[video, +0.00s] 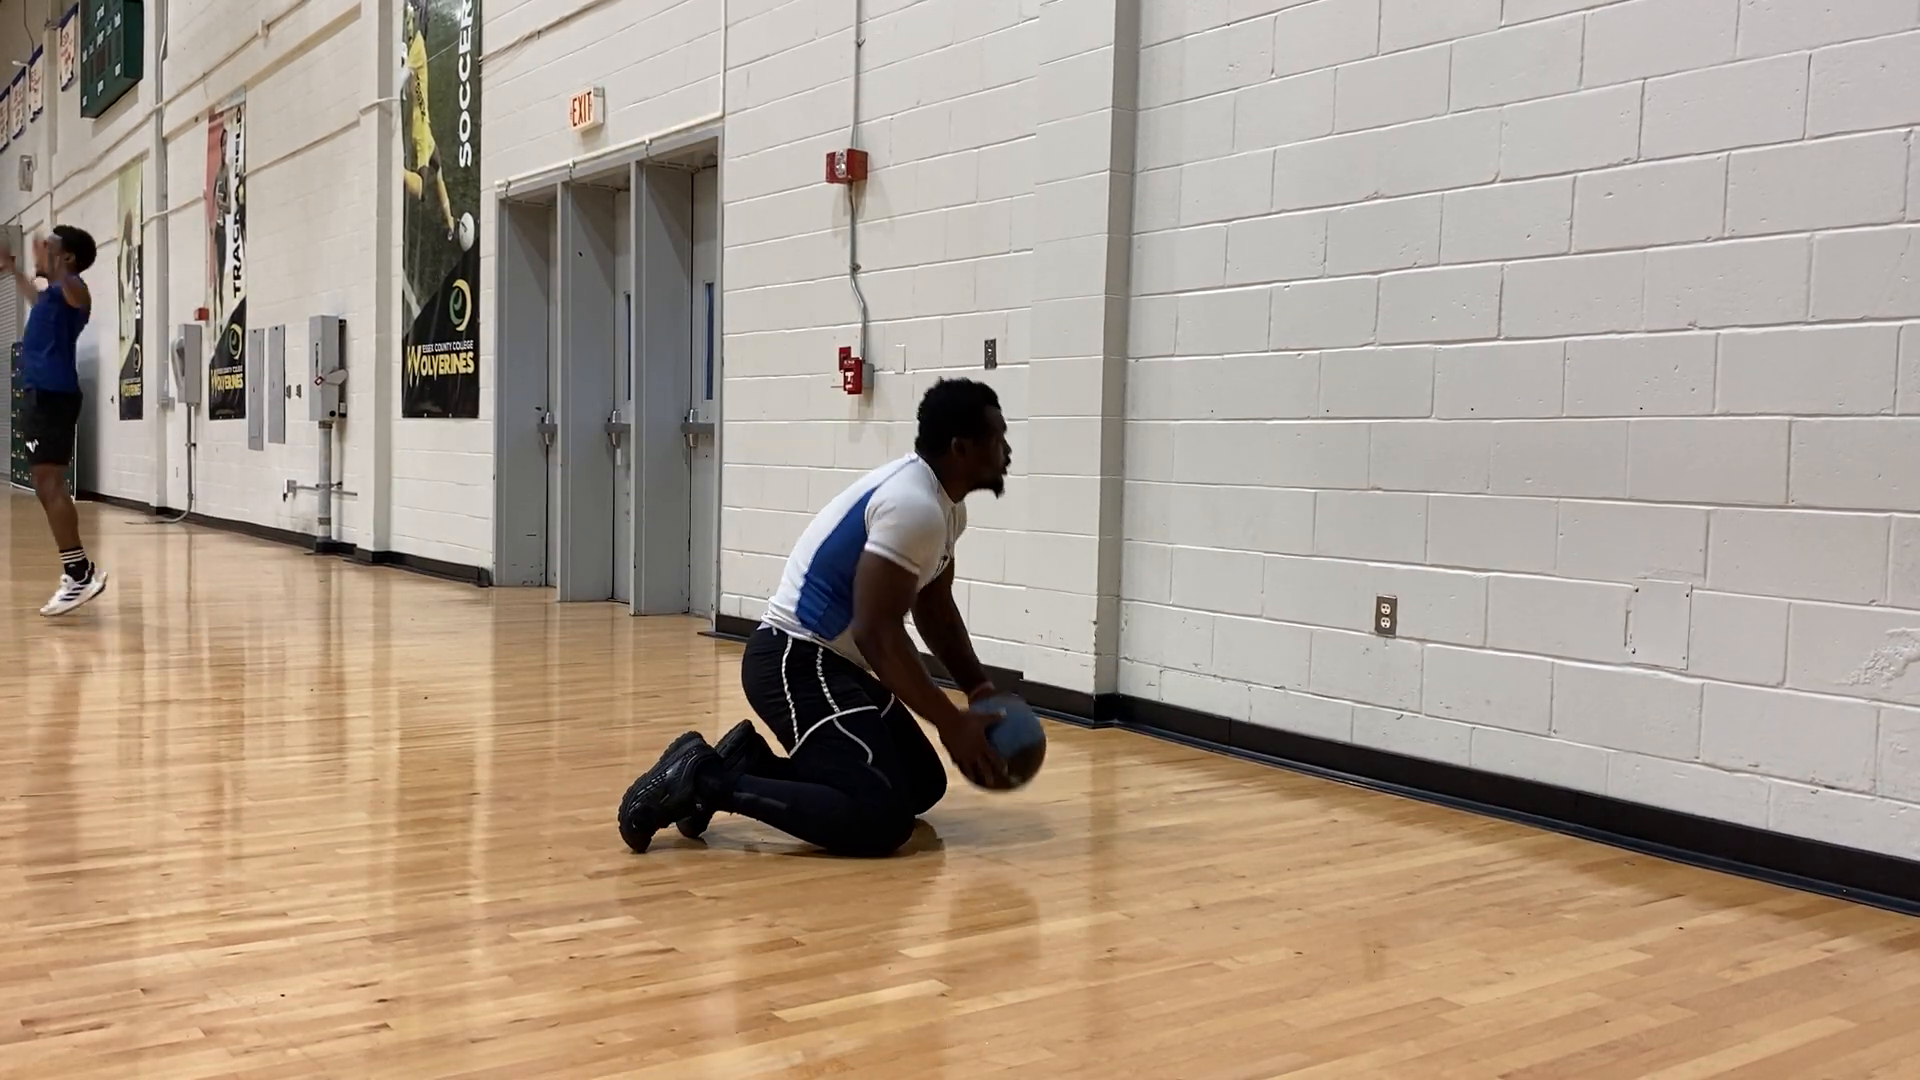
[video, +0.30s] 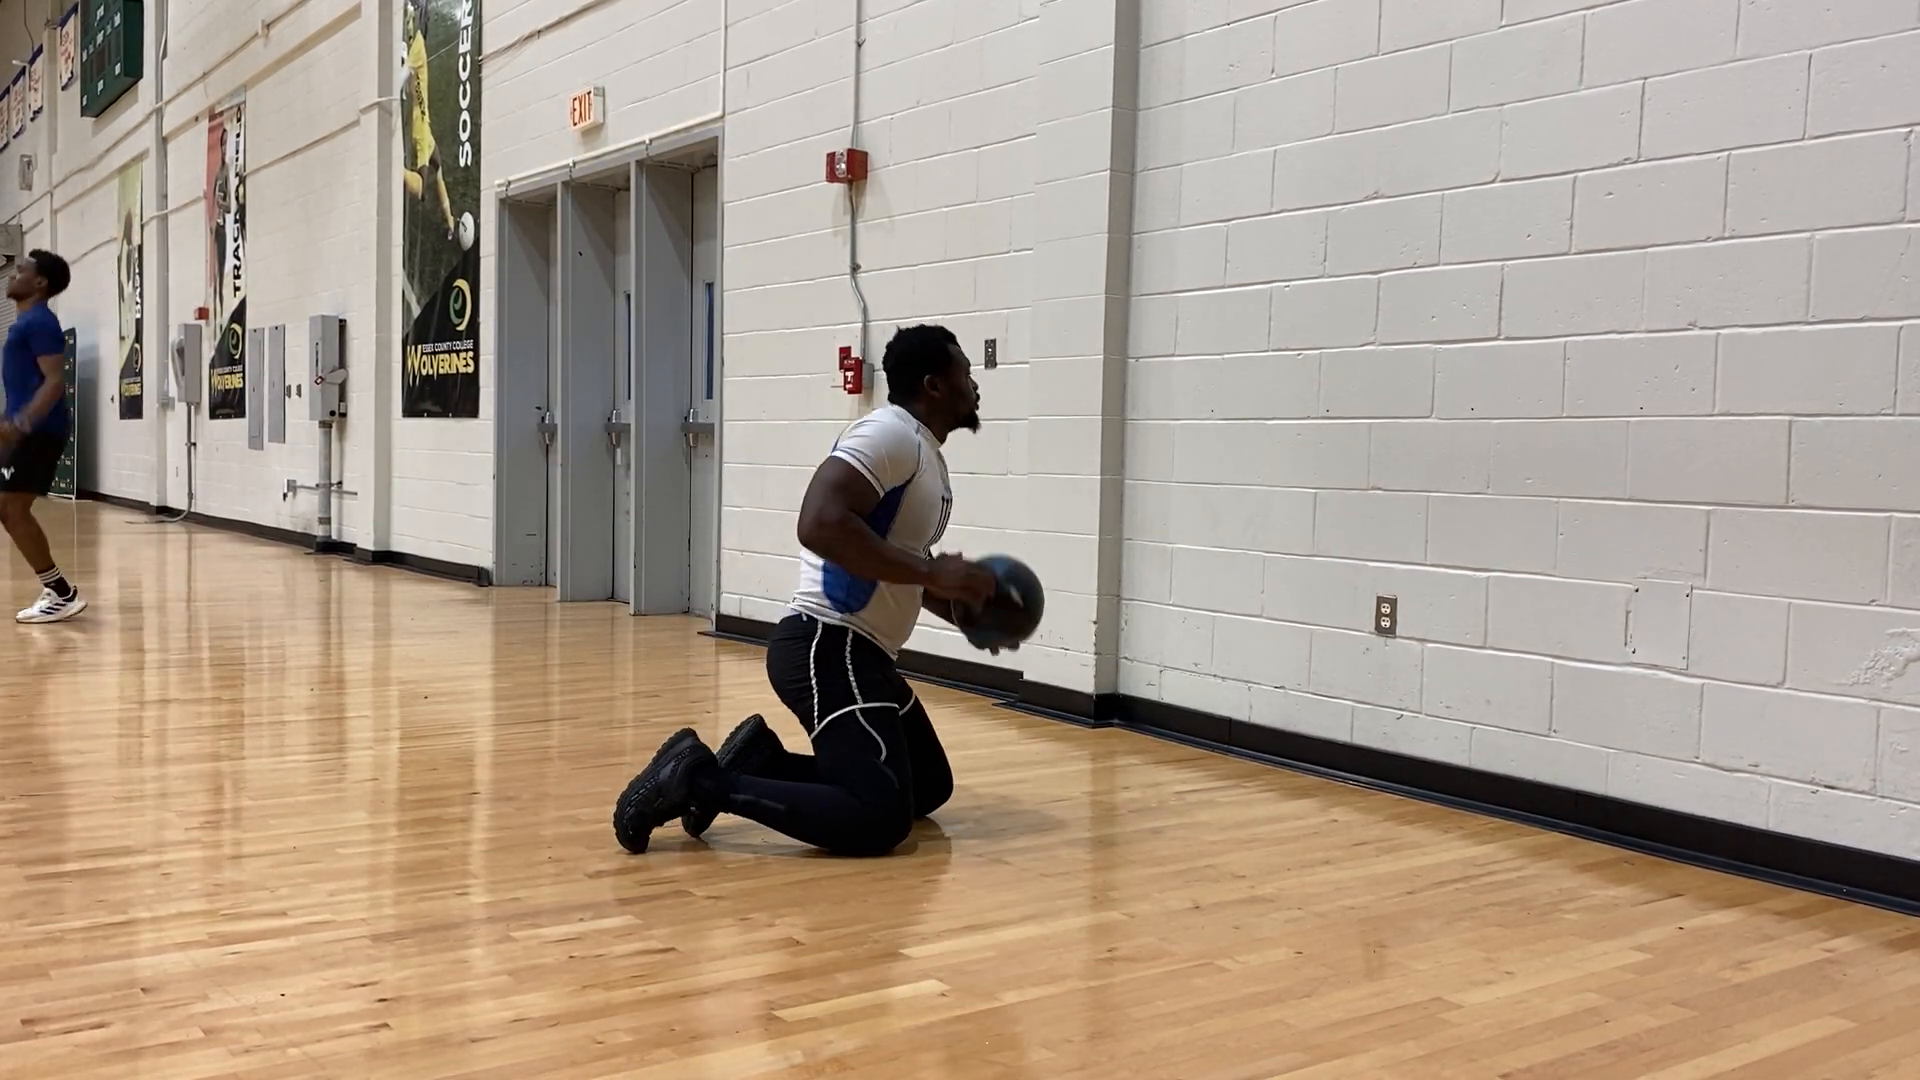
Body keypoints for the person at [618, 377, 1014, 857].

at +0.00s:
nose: (1009, 448)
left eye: (1005, 435)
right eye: (999, 436)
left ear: (957, 447)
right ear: (962, 447)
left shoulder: (943, 505)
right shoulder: (914, 503)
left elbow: (934, 605)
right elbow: (876, 632)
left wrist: (979, 691)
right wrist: (950, 723)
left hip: (832, 661)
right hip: (793, 659)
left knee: (919, 783)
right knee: (879, 823)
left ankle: (754, 765)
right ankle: (706, 782)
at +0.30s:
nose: (977, 386)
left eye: (972, 374)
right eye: (967, 374)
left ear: (929, 388)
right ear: (933, 386)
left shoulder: (927, 454)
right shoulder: (892, 432)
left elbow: (896, 559)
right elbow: (822, 524)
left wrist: (960, 612)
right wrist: (929, 573)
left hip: (862, 650)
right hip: (827, 645)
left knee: (926, 785)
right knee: (877, 820)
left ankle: (765, 765)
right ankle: (699, 779)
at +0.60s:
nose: (949, 361)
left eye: (941, 348)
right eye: (936, 352)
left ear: (902, 378)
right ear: (904, 375)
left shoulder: (912, 446)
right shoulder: (863, 436)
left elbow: (897, 560)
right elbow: (821, 543)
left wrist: (961, 571)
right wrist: (928, 537)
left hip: (871, 651)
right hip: (829, 643)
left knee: (925, 788)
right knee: (844, 823)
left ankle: (769, 760)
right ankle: (673, 762)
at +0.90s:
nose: (884, 372)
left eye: (878, 359)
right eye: (867, 366)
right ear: (820, 389)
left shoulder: (883, 428)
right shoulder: (786, 454)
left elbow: (901, 508)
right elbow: (731, 554)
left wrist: (942, 516)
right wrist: (852, 527)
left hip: (862, 659)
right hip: (802, 656)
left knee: (909, 790)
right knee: (841, 830)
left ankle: (743, 762)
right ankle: (674, 767)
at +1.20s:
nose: (839, 347)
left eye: (842, 333)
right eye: (819, 337)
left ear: (848, 336)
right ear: (774, 351)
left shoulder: (875, 414)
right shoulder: (731, 432)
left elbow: (945, 499)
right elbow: (655, 532)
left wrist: (900, 498)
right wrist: (743, 521)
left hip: (846, 650)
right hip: (789, 650)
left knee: (855, 808)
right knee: (832, 833)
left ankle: (682, 760)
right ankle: (663, 769)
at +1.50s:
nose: (844, 346)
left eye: (842, 334)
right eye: (828, 335)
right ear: (778, 345)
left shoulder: (839, 423)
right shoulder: (742, 425)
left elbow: (880, 522)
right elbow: (708, 534)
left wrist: (919, 494)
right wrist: (828, 494)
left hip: (825, 648)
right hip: (783, 649)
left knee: (848, 804)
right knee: (834, 832)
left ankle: (679, 755)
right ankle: (662, 769)